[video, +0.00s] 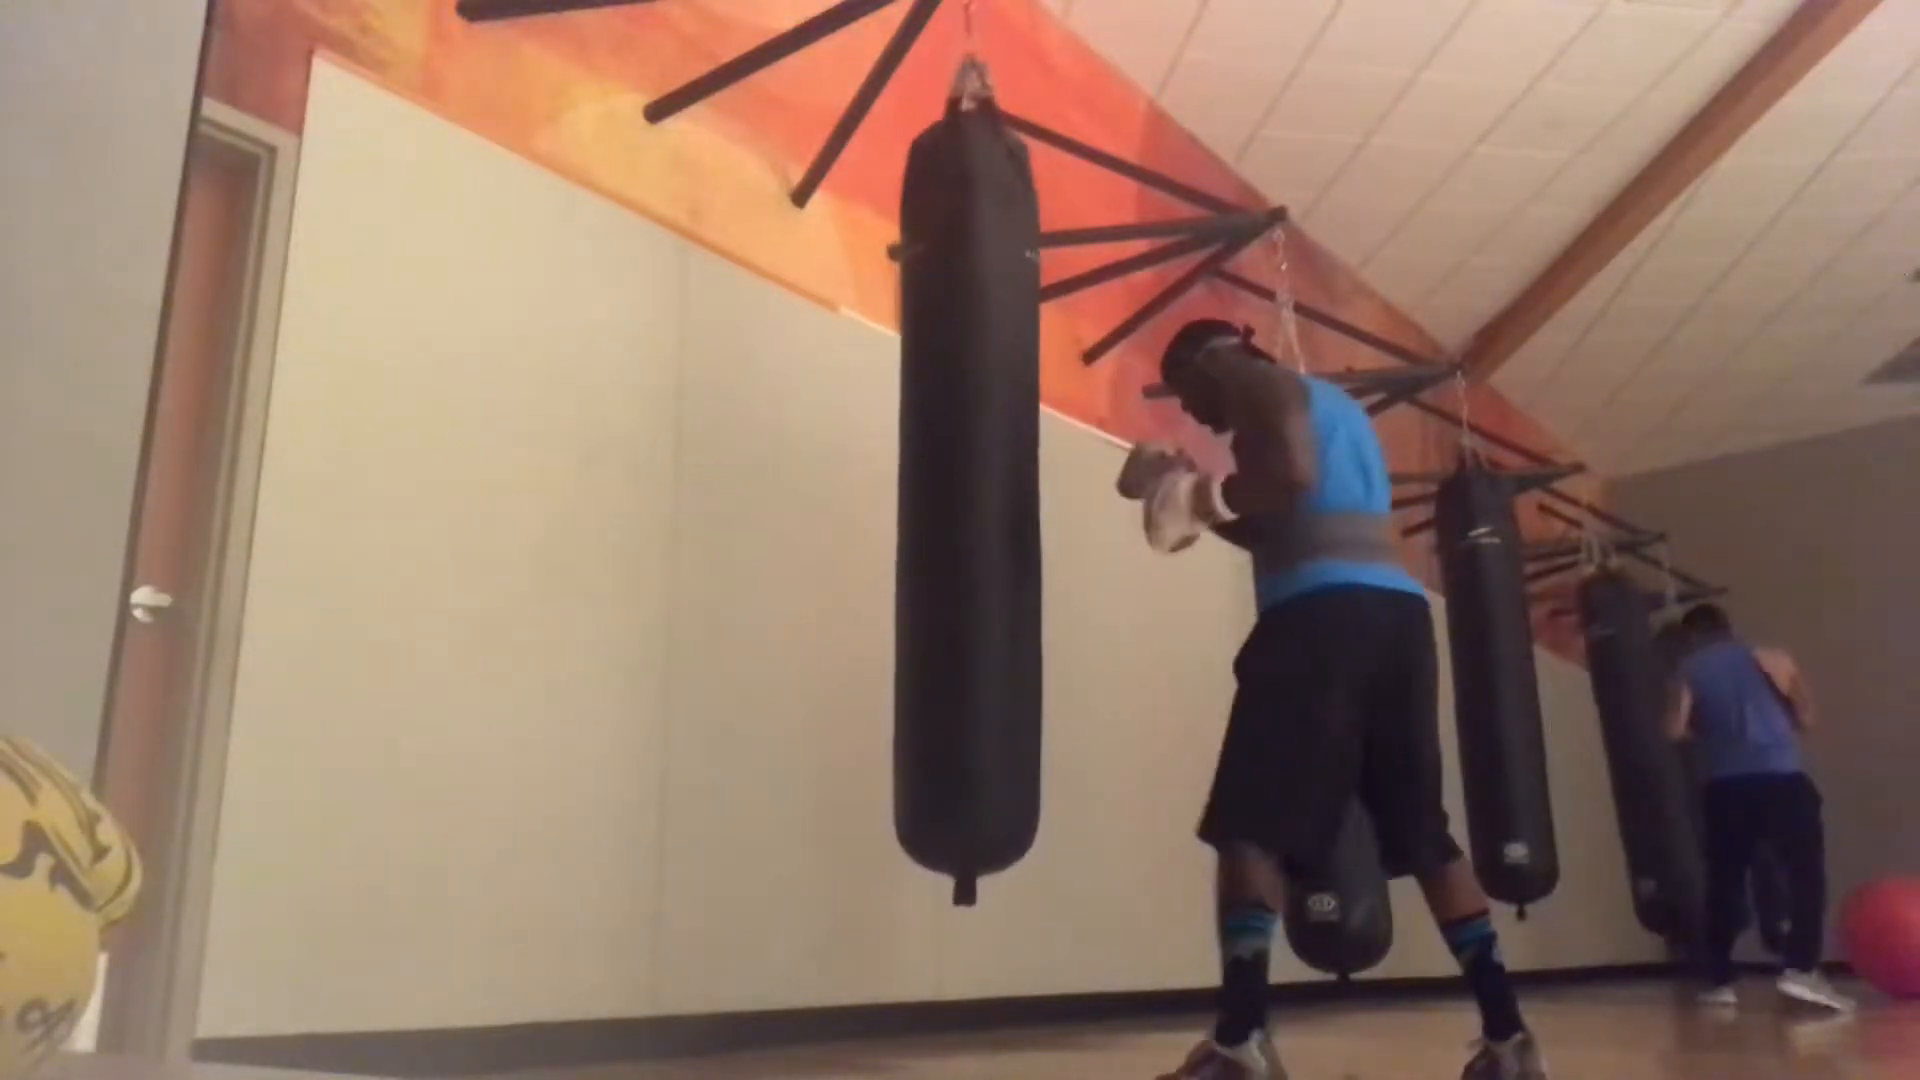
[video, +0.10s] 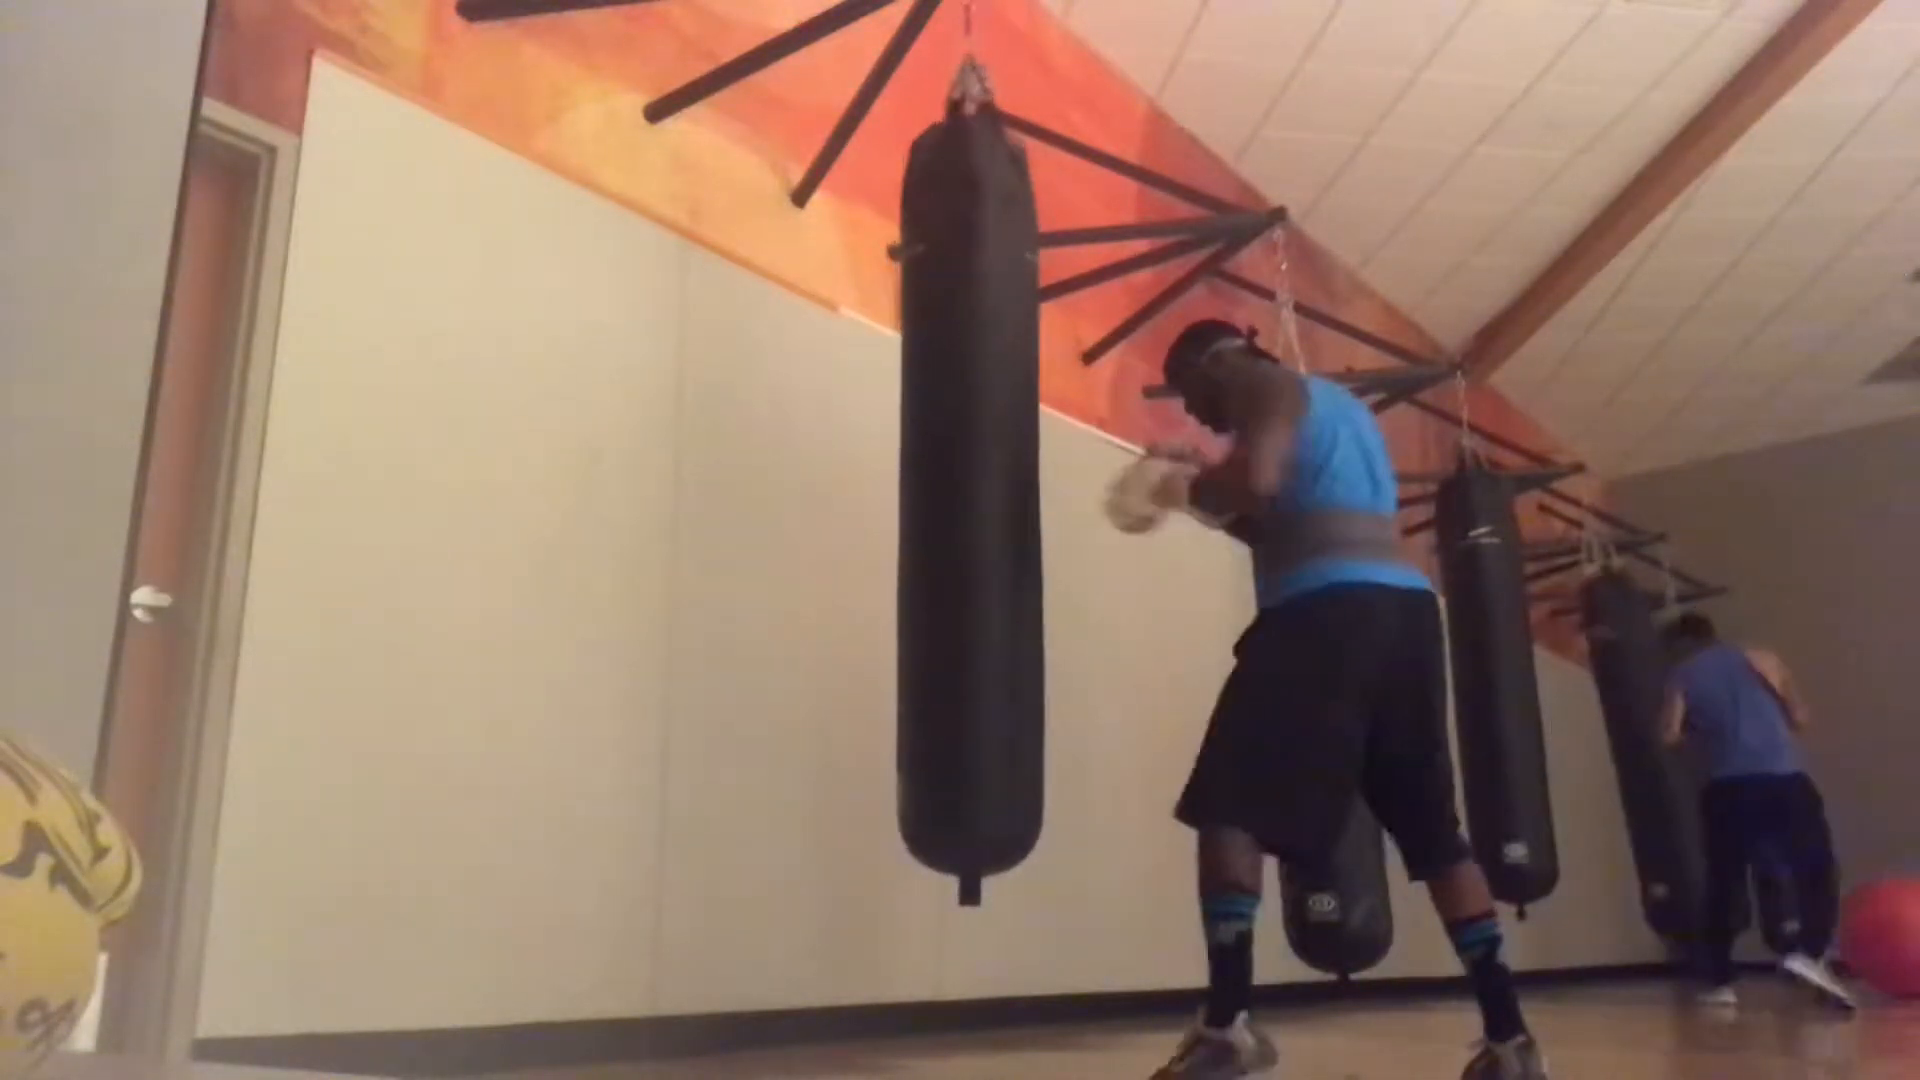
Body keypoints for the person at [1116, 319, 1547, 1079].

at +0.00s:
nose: (1199, 412)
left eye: (1192, 393)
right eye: (1190, 401)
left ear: (1215, 359)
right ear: (1251, 344)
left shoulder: (1263, 385)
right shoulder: (1343, 409)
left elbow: (1294, 472)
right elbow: (1285, 533)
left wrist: (1220, 493)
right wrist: (1205, 509)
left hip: (1316, 624)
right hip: (1402, 621)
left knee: (1246, 828)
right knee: (1423, 831)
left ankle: (1241, 1035)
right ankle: (1507, 1034)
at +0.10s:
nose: (1200, 414)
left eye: (1196, 395)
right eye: (1193, 403)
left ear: (1219, 361)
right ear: (1255, 347)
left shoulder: (1262, 384)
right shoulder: (1347, 406)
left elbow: (1253, 485)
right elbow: (1297, 531)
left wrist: (1189, 483)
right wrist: (1208, 496)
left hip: (1318, 620)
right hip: (1407, 616)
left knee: (1226, 810)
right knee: (1431, 826)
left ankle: (1226, 1025)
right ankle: (1509, 1036)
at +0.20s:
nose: (1187, 409)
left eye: (1184, 393)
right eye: (1180, 400)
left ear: (1209, 360)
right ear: (1242, 343)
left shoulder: (1246, 378)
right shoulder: (1342, 400)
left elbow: (1187, 475)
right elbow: (1267, 512)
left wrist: (1110, 478)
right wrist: (1160, 497)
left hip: (1306, 619)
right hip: (1398, 616)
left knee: (1233, 817)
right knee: (1438, 826)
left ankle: (1226, 1033)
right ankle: (1509, 1035)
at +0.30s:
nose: (1172, 409)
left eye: (1169, 393)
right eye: (1166, 400)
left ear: (1194, 358)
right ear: (1226, 342)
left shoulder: (1230, 380)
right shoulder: (1323, 400)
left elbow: (1142, 488)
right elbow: (1286, 514)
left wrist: (1068, 497)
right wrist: (1194, 513)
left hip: (1285, 633)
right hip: (1380, 633)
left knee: (1230, 833)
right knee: (1427, 834)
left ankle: (1230, 1044)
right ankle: (1503, 1034)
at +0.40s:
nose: (1154, 413)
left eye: (1148, 394)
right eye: (1145, 402)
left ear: (1171, 358)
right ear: (1203, 343)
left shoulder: (1217, 378)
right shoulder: (1296, 399)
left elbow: (1159, 501)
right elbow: (1244, 518)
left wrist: (1101, 493)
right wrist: (1137, 501)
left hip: (1281, 628)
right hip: (1370, 626)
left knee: (1230, 827)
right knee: (1408, 826)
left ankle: (1232, 1043)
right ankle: (1500, 1023)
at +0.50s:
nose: (1139, 411)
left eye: (1128, 389)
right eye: (1125, 399)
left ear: (1154, 346)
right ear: (1169, 339)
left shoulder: (1225, 378)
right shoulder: (1270, 387)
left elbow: (1222, 513)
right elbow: (1236, 525)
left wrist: (1154, 488)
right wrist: (1143, 522)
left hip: (1292, 623)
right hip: (1364, 617)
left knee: (1249, 830)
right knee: (1398, 824)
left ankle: (1235, 1046)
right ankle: (1508, 1019)